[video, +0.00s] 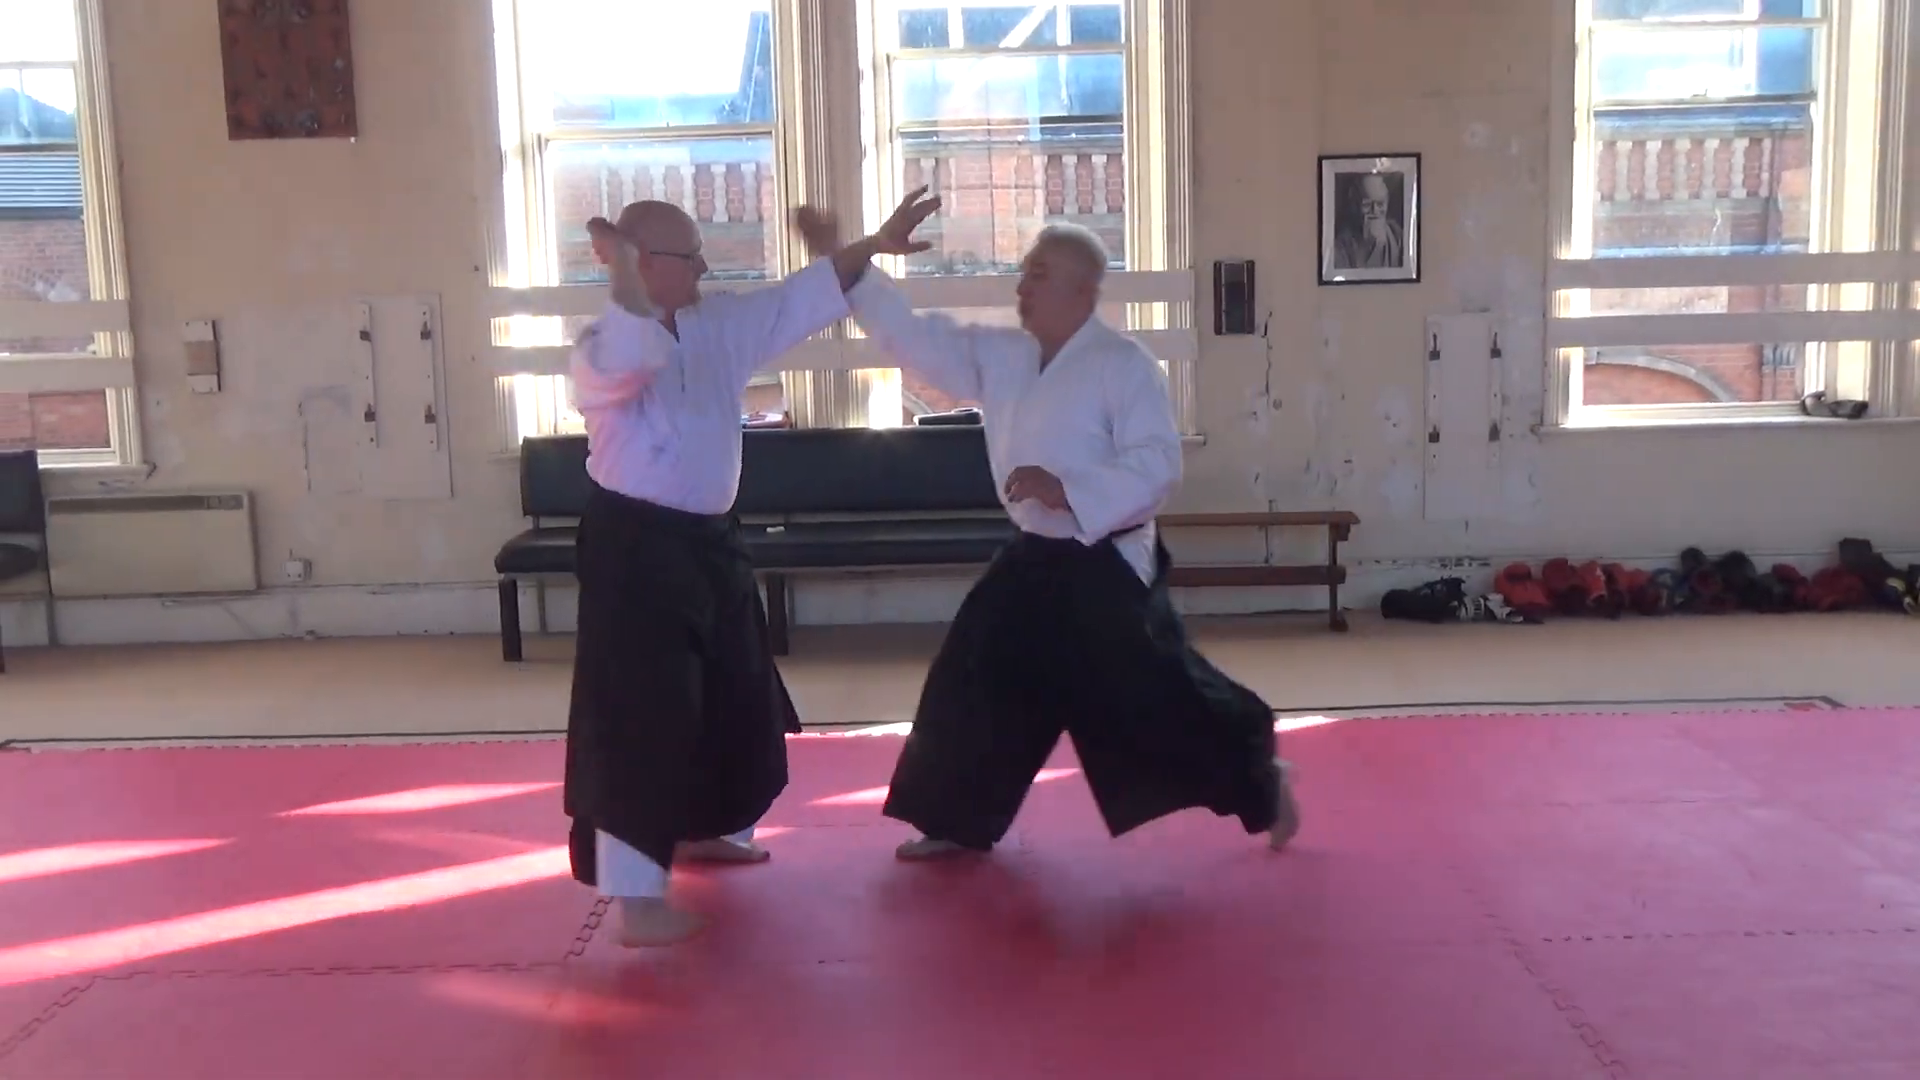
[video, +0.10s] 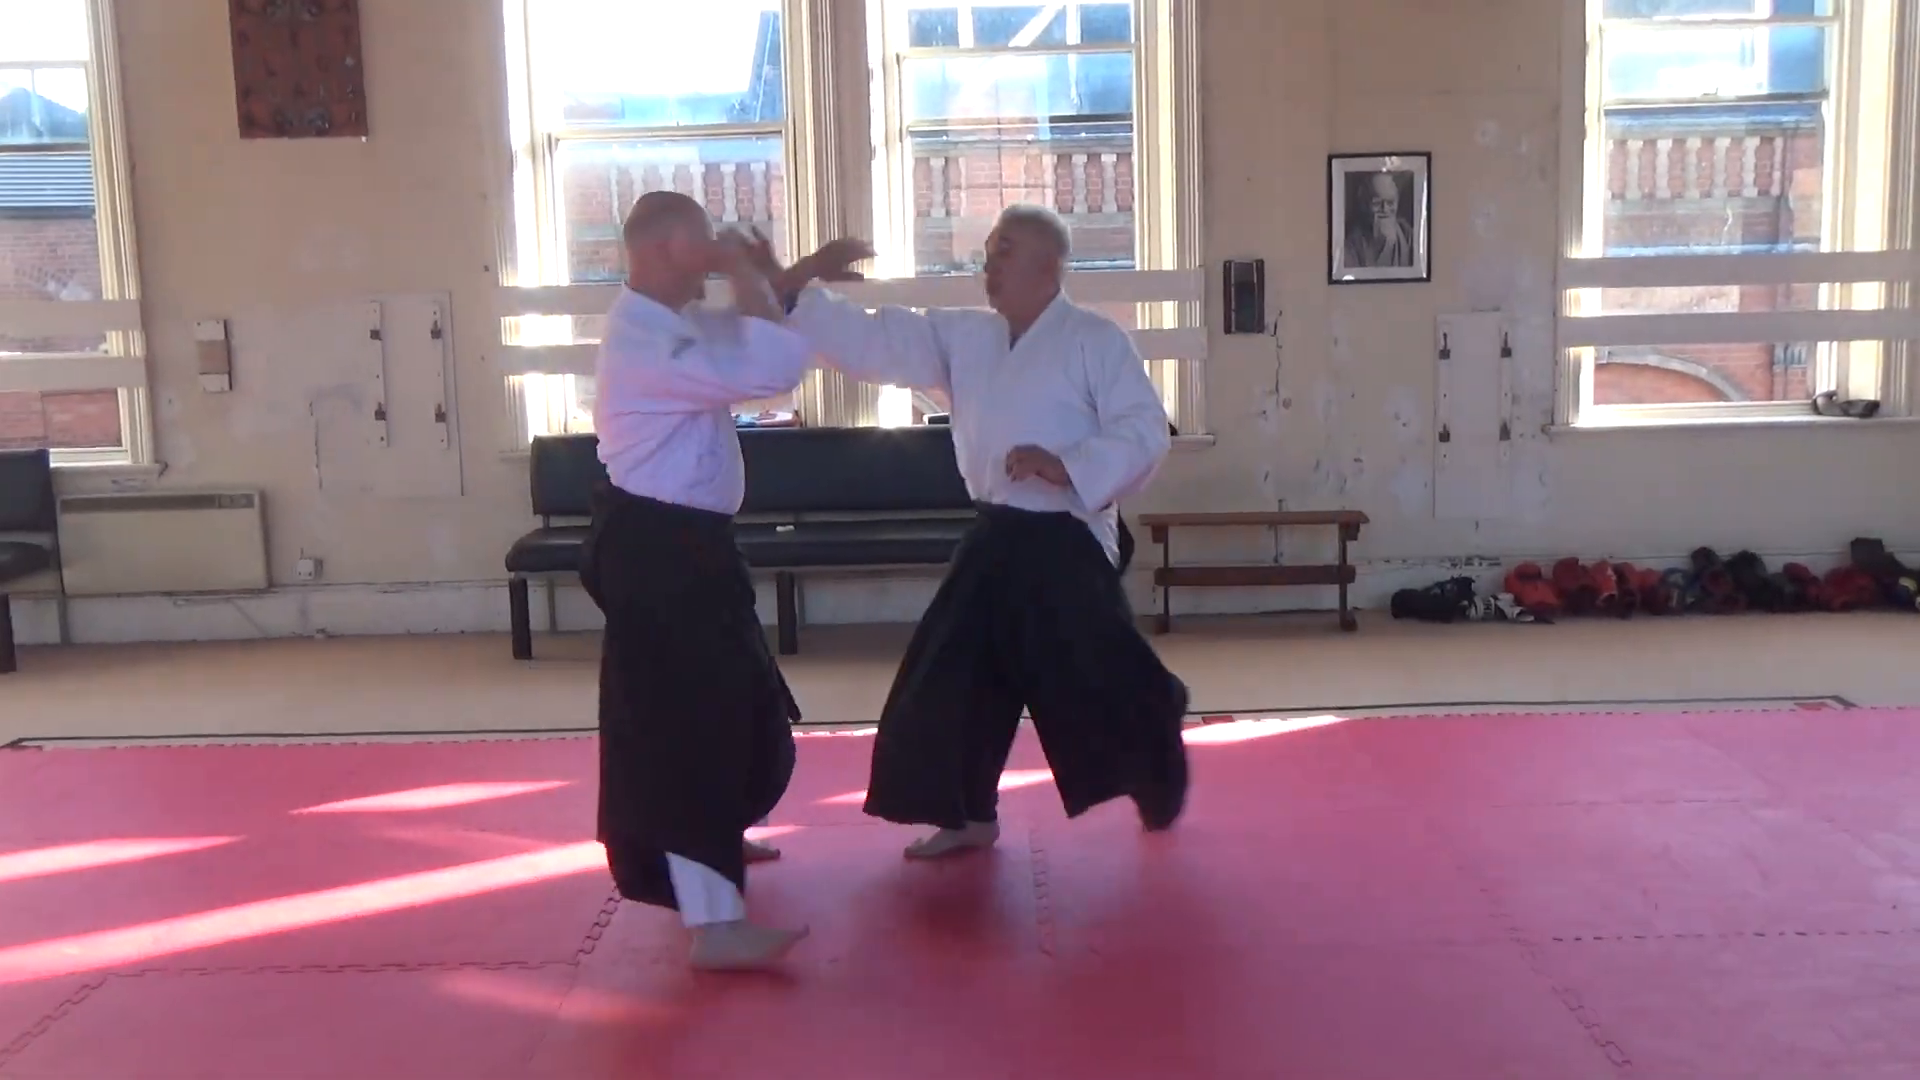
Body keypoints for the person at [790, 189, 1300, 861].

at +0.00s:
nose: (1021, 283)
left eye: (1038, 273)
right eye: (1023, 270)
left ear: (1084, 290)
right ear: (1027, 284)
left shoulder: (1125, 366)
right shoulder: (999, 357)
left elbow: (1155, 466)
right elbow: (909, 332)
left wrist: (1070, 490)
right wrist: (842, 261)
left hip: (1109, 562)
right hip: (1030, 558)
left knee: (1155, 691)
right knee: (972, 677)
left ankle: (1255, 777)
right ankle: (959, 826)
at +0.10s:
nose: (987, 262)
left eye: (1003, 251)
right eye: (987, 252)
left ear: (1050, 265)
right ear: (993, 263)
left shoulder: (1096, 341)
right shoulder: (967, 336)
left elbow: (1145, 432)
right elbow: (877, 336)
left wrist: (1072, 467)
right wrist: (795, 295)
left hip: (1067, 533)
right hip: (994, 531)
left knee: (1083, 662)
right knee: (963, 665)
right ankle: (970, 817)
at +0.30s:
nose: (977, 238)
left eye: (994, 228)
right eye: (975, 228)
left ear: (1034, 244)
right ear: (967, 241)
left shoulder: (1080, 314)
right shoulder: (944, 316)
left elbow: (1124, 390)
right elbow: (871, 354)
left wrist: (1073, 419)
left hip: (1041, 502)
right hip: (959, 498)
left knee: (1050, 644)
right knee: (923, 638)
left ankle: (1067, 770)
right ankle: (909, 791)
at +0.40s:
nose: (958, 243)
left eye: (975, 232)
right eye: (954, 233)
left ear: (1013, 248)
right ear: (948, 247)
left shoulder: (1065, 318)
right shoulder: (925, 324)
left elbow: (1119, 387)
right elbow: (863, 376)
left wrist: (1100, 429)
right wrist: (862, 348)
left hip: (1043, 510)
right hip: (956, 509)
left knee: (1076, 642)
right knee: (913, 650)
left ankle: (1098, 765)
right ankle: (873, 804)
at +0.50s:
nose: (939, 236)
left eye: (953, 225)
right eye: (930, 227)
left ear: (988, 237)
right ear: (920, 242)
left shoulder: (1045, 308)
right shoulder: (902, 325)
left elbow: (1108, 375)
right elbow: (843, 382)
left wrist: (1136, 434)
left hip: (1045, 507)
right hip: (957, 512)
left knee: (1086, 638)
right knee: (936, 649)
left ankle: (1122, 753)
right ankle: (942, 794)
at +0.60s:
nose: (940, 232)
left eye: (954, 218)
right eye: (929, 220)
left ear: (985, 223)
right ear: (918, 230)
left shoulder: (1047, 291)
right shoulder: (902, 315)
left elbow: (1117, 360)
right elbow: (867, 400)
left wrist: (1170, 427)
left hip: (1054, 491)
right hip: (965, 497)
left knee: (1093, 620)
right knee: (958, 629)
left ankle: (1123, 741)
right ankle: (976, 761)